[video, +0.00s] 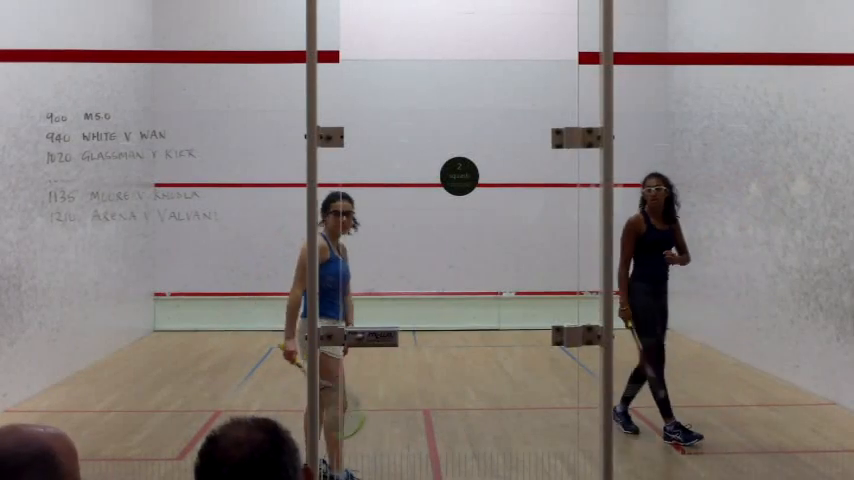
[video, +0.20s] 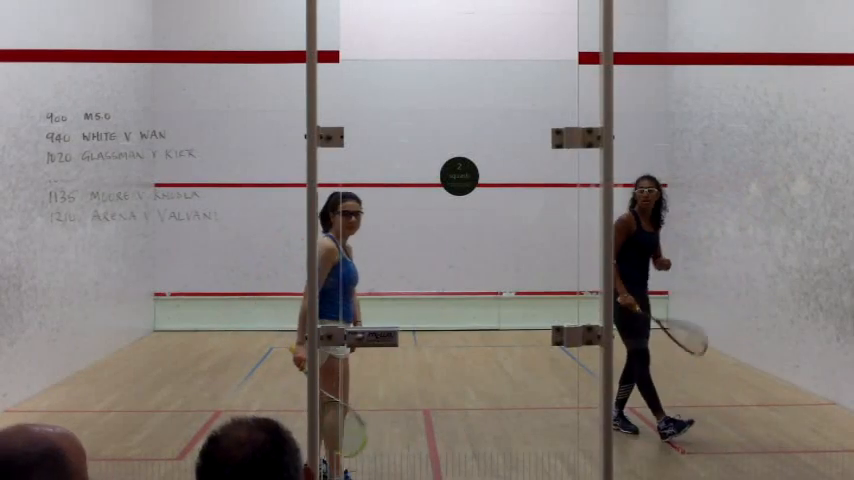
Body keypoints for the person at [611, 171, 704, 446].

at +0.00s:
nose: (652, 191)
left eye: (658, 188)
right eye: (648, 188)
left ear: (668, 193)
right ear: (642, 193)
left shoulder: (671, 223)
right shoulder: (635, 224)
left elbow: (685, 257)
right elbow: (623, 265)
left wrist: (676, 259)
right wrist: (624, 302)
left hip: (660, 294)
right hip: (638, 295)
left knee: (651, 357)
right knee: (654, 357)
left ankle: (621, 408)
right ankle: (670, 424)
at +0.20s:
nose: (645, 194)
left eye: (650, 190)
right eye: (641, 190)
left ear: (658, 196)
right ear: (634, 195)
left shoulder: (653, 224)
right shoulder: (625, 222)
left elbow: (655, 259)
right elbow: (609, 260)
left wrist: (662, 263)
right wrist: (622, 293)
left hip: (641, 295)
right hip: (623, 296)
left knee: (636, 356)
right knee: (640, 356)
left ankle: (616, 413)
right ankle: (663, 421)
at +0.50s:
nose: (626, 192)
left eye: (631, 188)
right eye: (622, 187)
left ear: (638, 194)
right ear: (613, 191)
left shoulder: (631, 222)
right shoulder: (603, 219)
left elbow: (627, 257)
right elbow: (584, 252)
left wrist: (645, 276)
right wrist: (608, 279)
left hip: (621, 293)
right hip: (601, 293)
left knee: (622, 351)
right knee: (613, 351)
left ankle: (615, 411)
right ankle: (594, 411)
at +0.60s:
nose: (614, 191)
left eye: (619, 187)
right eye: (610, 187)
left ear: (628, 193)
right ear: (604, 191)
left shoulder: (623, 223)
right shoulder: (595, 220)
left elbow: (622, 259)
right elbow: (575, 254)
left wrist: (642, 279)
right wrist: (600, 281)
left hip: (615, 293)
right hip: (593, 294)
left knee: (618, 355)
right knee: (600, 355)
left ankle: (615, 412)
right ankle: (566, 403)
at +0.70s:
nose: (609, 198)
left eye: (614, 192)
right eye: (605, 192)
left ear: (619, 196)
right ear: (596, 194)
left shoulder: (614, 223)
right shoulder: (586, 220)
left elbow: (614, 260)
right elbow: (565, 255)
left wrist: (636, 278)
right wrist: (589, 281)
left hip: (609, 294)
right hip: (586, 294)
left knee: (616, 354)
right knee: (585, 354)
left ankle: (615, 412)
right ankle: (549, 405)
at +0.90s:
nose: (584, 190)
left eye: (588, 186)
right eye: (579, 187)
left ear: (597, 192)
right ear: (572, 193)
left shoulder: (599, 222)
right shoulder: (563, 221)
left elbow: (598, 258)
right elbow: (542, 257)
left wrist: (617, 274)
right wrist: (564, 282)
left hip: (589, 294)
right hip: (563, 295)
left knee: (602, 355)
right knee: (560, 353)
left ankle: (614, 412)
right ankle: (542, 410)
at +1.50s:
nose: (545, 195)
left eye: (550, 192)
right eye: (541, 192)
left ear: (557, 195)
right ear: (534, 195)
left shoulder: (567, 218)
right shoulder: (525, 224)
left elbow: (578, 249)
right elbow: (512, 257)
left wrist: (574, 267)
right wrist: (512, 282)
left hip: (561, 290)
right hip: (536, 291)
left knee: (565, 352)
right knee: (542, 352)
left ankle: (551, 403)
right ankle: (540, 410)